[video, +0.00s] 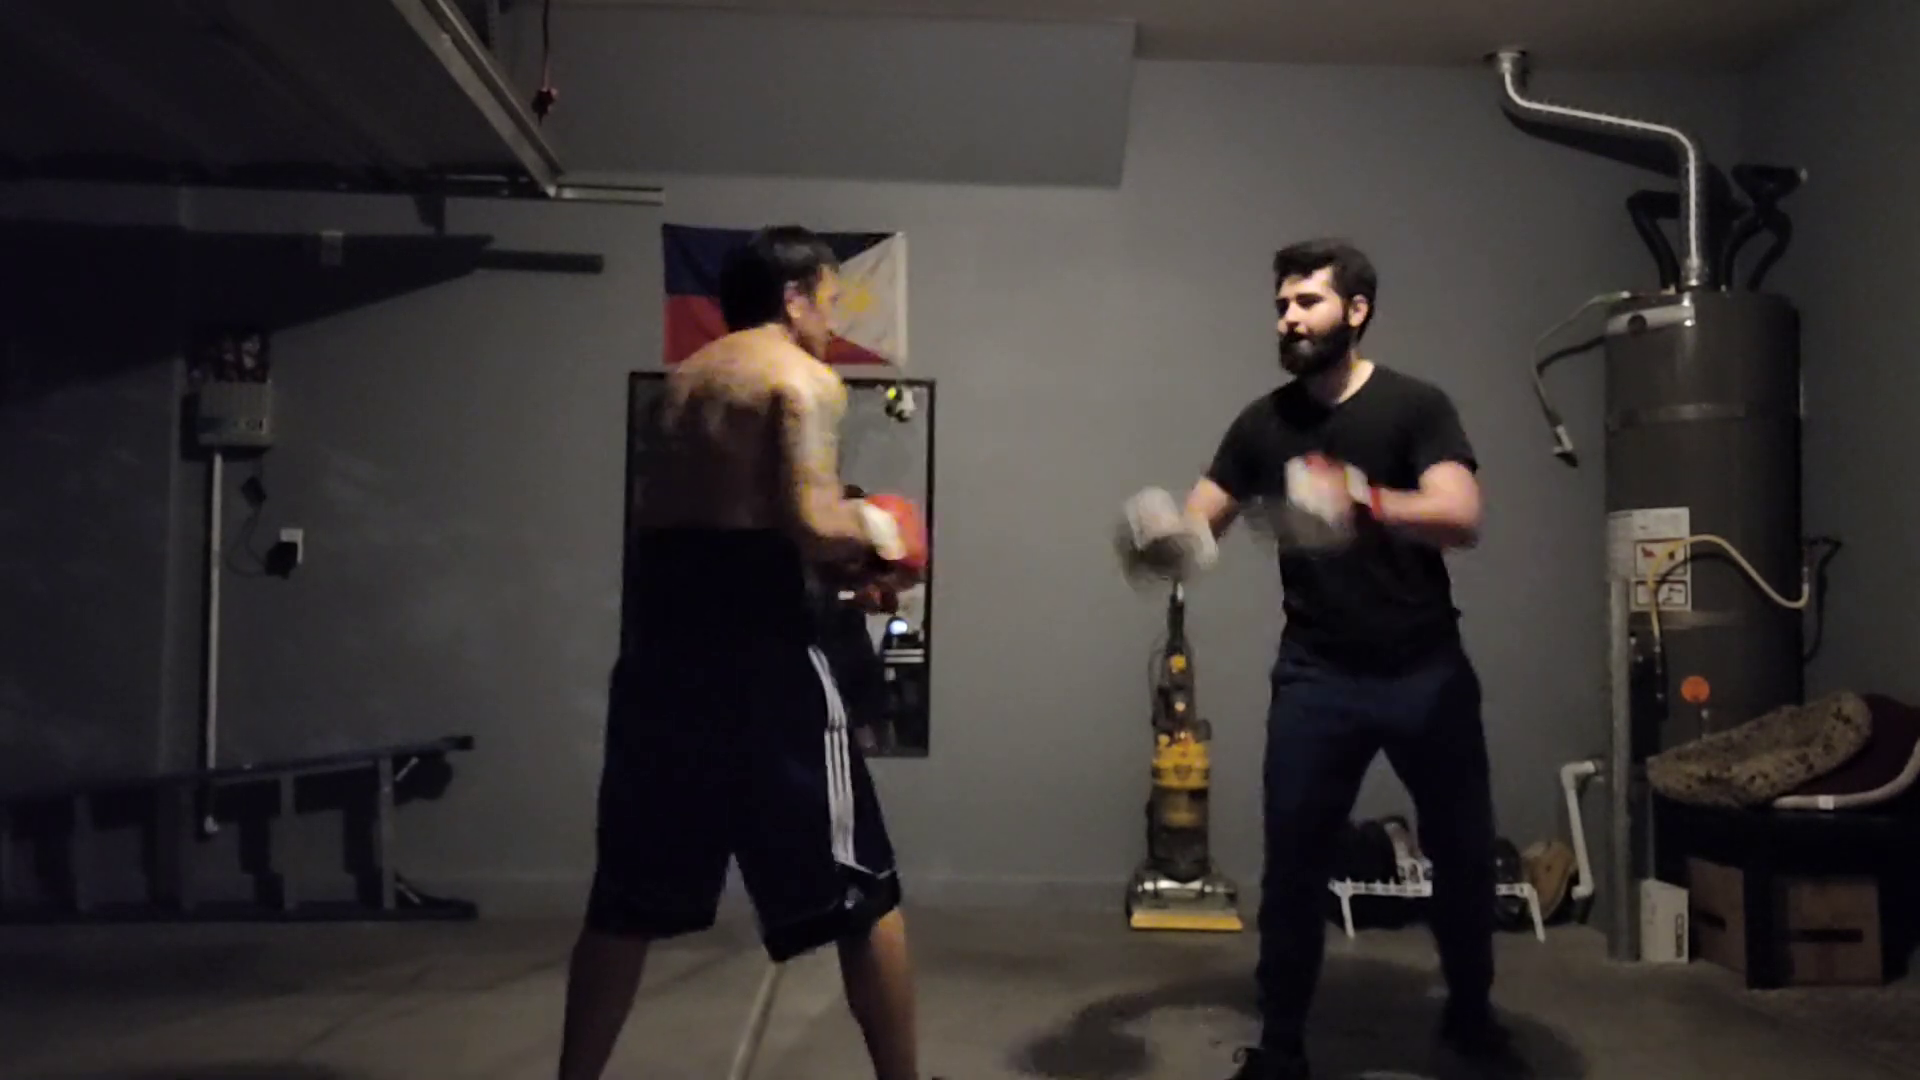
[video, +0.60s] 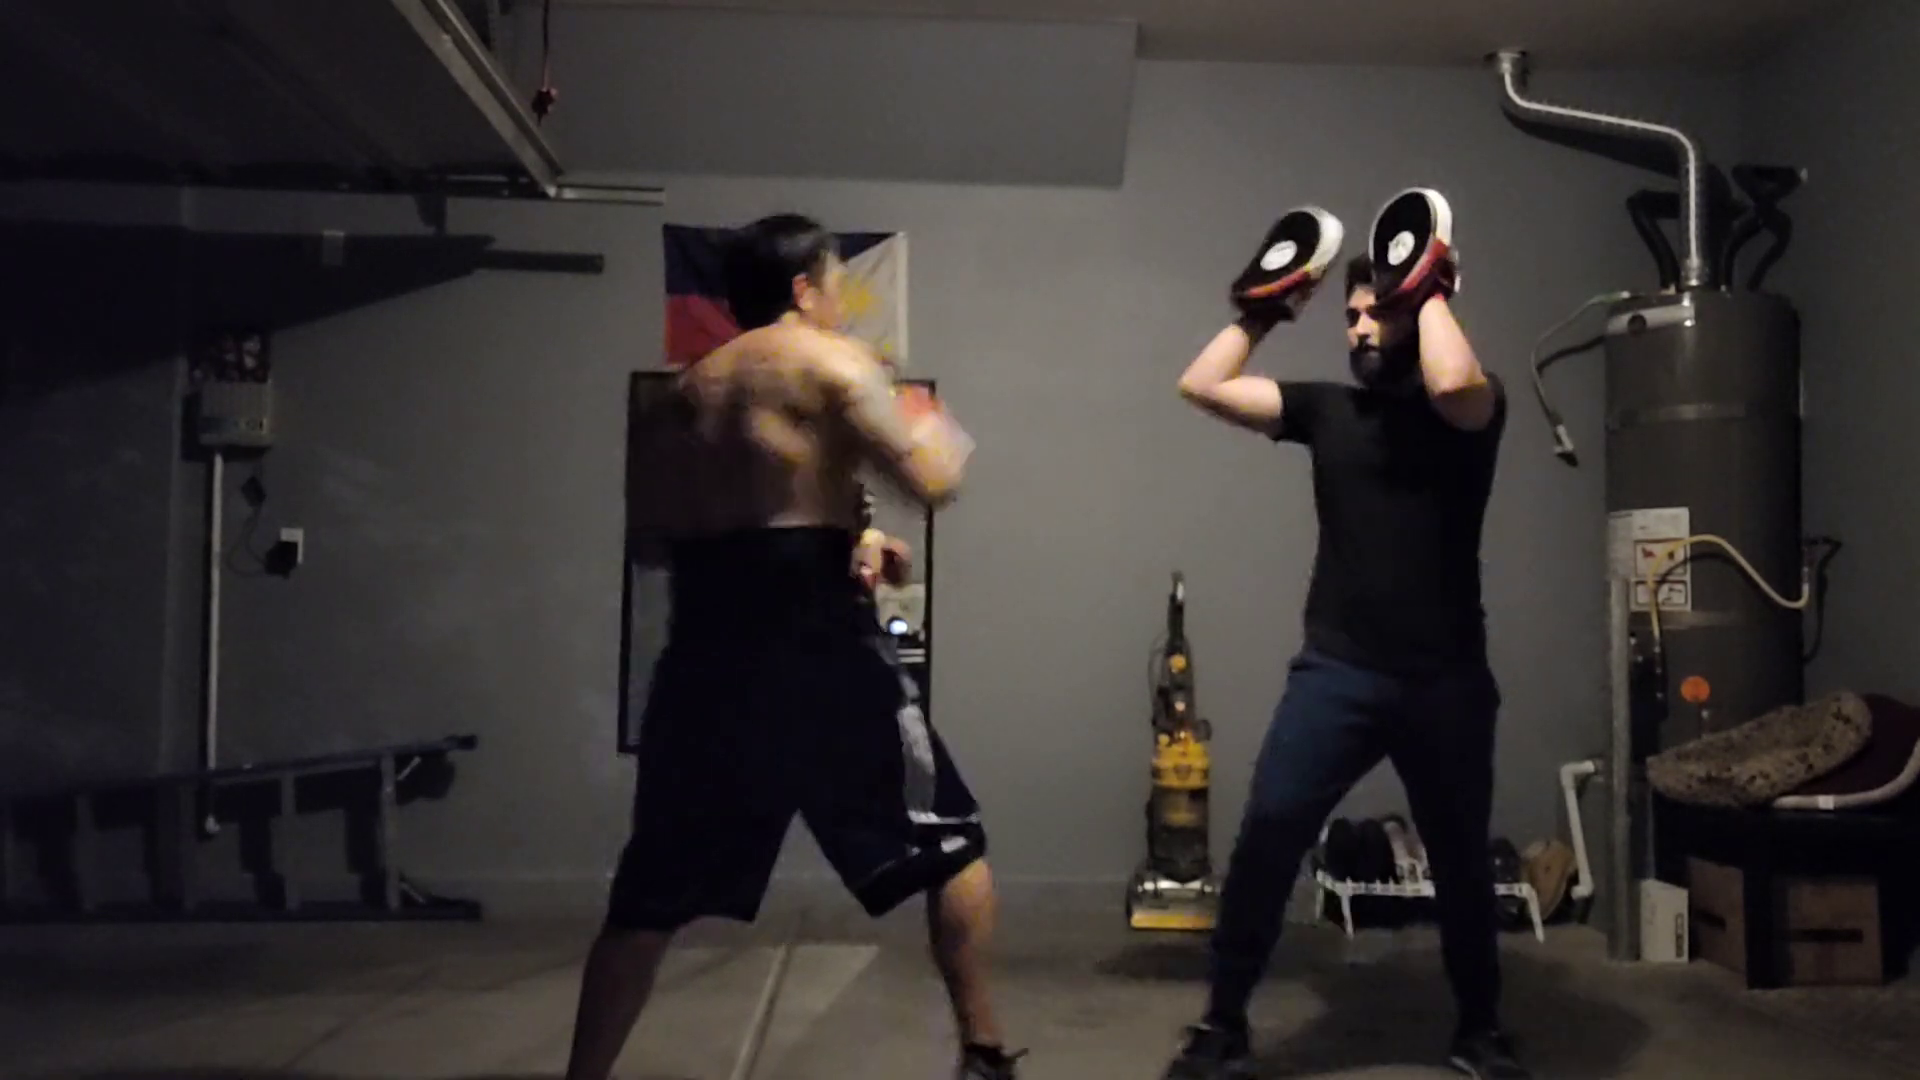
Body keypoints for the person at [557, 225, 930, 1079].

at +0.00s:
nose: (836, 318)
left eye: (834, 301)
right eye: (829, 301)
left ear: (746, 302)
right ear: (796, 300)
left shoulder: (674, 383)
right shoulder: (800, 380)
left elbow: (696, 544)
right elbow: (816, 525)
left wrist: (845, 574)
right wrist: (877, 534)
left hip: (668, 675)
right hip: (778, 678)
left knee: (625, 900)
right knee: (865, 895)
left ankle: (576, 1072)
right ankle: (901, 1071)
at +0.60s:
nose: (840, 299)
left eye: (833, 283)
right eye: (833, 284)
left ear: (748, 291)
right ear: (804, 288)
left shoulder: (694, 383)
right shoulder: (828, 361)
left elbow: (708, 526)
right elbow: (933, 477)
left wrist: (843, 544)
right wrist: (940, 426)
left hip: (709, 661)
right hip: (823, 658)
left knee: (649, 892)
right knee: (951, 848)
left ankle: (583, 1071)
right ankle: (984, 1049)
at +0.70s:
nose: (889, 282)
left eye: (884, 267)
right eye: (882, 269)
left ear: (790, 280)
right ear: (851, 278)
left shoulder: (723, 375)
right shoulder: (897, 346)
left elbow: (674, 521)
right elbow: (1044, 396)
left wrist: (760, 498)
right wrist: (1029, 337)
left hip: (752, 650)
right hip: (869, 646)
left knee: (673, 878)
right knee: (966, 871)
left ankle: (596, 1067)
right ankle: (1009, 1068)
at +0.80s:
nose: (943, 277)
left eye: (938, 264)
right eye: (936, 265)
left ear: (845, 281)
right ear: (910, 274)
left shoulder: (779, 364)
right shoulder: (957, 343)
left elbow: (735, 513)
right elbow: (1094, 372)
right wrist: (1090, 322)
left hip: (794, 642)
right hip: (905, 643)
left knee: (730, 861)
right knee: (991, 880)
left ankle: (625, 1050)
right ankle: (1021, 1072)